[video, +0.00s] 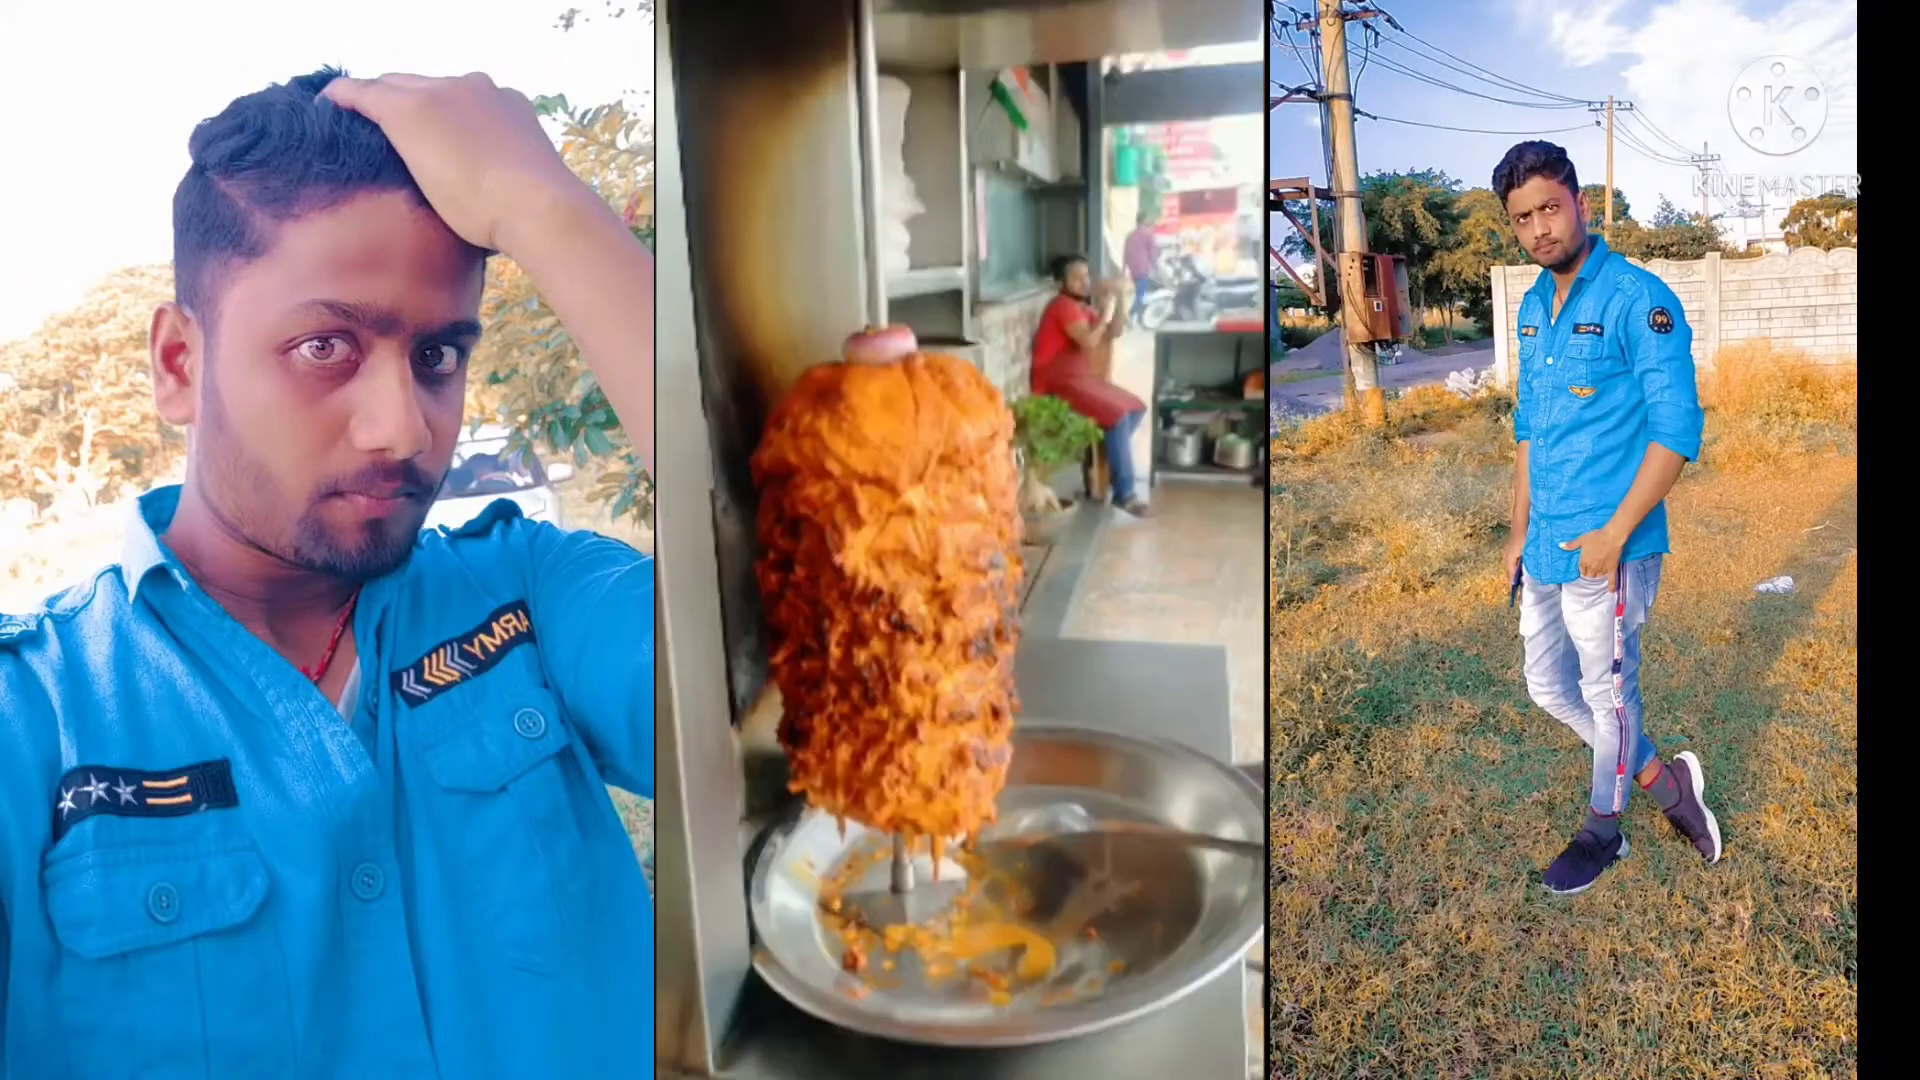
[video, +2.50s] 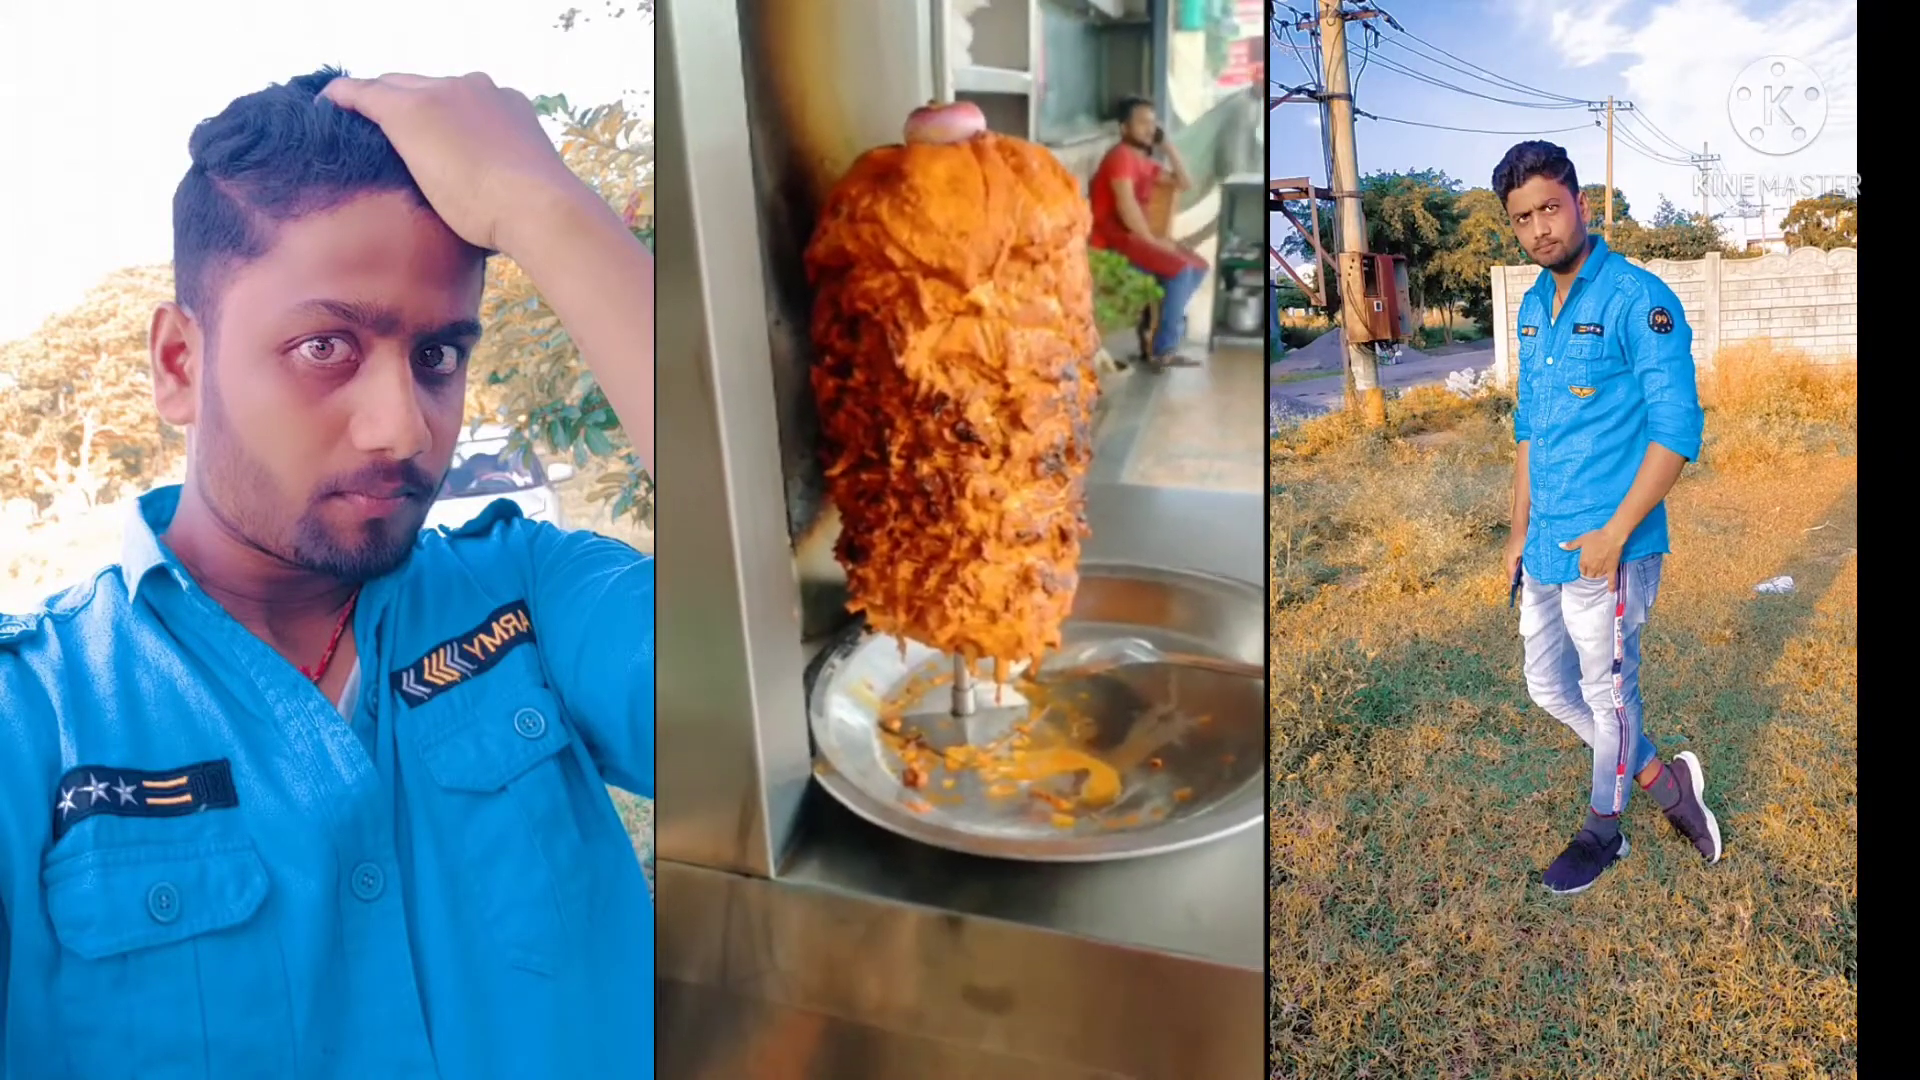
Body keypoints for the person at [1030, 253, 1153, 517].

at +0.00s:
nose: (1085, 282)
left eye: (1086, 276)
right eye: (1078, 278)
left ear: (1090, 278)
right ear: (1063, 282)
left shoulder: (1084, 307)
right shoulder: (1063, 306)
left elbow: (1114, 331)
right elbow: (1088, 341)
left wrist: (1120, 299)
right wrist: (1108, 308)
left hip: (1082, 378)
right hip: (1059, 381)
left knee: (1136, 409)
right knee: (1116, 416)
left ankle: (1096, 462)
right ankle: (1125, 494)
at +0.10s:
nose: (1081, 325)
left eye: (1084, 319)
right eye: (1074, 320)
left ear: (1088, 321)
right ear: (1061, 324)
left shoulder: (1082, 349)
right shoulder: (1061, 347)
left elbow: (1114, 371)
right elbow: (1091, 379)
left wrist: (1115, 339)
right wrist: (1108, 347)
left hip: (1082, 418)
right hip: (1060, 422)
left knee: (1137, 448)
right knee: (1117, 455)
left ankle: (1095, 503)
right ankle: (1127, 533)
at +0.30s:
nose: (1086, 304)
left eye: (1090, 297)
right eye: (1080, 298)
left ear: (1094, 299)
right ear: (1067, 301)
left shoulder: (1088, 328)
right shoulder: (1067, 326)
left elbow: (1120, 350)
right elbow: (1092, 364)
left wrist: (1114, 315)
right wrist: (1112, 336)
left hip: (1089, 397)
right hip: (1067, 401)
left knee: (1145, 428)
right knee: (1124, 435)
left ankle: (1102, 480)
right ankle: (1135, 513)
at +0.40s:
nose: (1100, 242)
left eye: (1102, 236)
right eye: (1093, 237)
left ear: (1105, 238)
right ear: (1079, 240)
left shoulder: (1099, 268)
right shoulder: (1077, 268)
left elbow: (1128, 289)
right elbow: (1091, 314)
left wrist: (1122, 257)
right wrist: (1124, 293)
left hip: (1099, 339)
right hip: (1076, 344)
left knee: (1155, 372)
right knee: (1135, 379)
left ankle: (1113, 425)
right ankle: (1145, 458)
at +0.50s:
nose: (1113, 183)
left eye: (1114, 177)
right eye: (1106, 177)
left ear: (1115, 182)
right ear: (1088, 182)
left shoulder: (1110, 213)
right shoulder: (1085, 212)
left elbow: (1140, 232)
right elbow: (1085, 260)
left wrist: (1132, 198)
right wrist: (1131, 266)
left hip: (1112, 284)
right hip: (1087, 289)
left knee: (1167, 314)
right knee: (1146, 322)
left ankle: (1127, 368)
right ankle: (1159, 403)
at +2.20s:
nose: (1131, 158)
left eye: (1133, 152)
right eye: (1124, 152)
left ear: (1134, 156)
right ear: (1105, 156)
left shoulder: (1124, 188)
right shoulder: (1100, 185)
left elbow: (1161, 210)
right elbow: (1106, 232)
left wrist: (1146, 176)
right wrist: (1128, 266)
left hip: (1117, 260)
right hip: (1093, 264)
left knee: (1176, 295)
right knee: (1156, 301)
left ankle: (1133, 344)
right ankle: (1173, 380)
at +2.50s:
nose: (1150, 129)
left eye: (1153, 122)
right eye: (1143, 122)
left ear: (1155, 127)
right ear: (1125, 127)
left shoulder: (1144, 160)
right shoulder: (1121, 156)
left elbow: (1183, 183)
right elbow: (1126, 207)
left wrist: (1167, 146)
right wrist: (1152, 242)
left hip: (1133, 234)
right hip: (1113, 237)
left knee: (1197, 268)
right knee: (1180, 272)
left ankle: (1154, 326)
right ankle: (1163, 350)